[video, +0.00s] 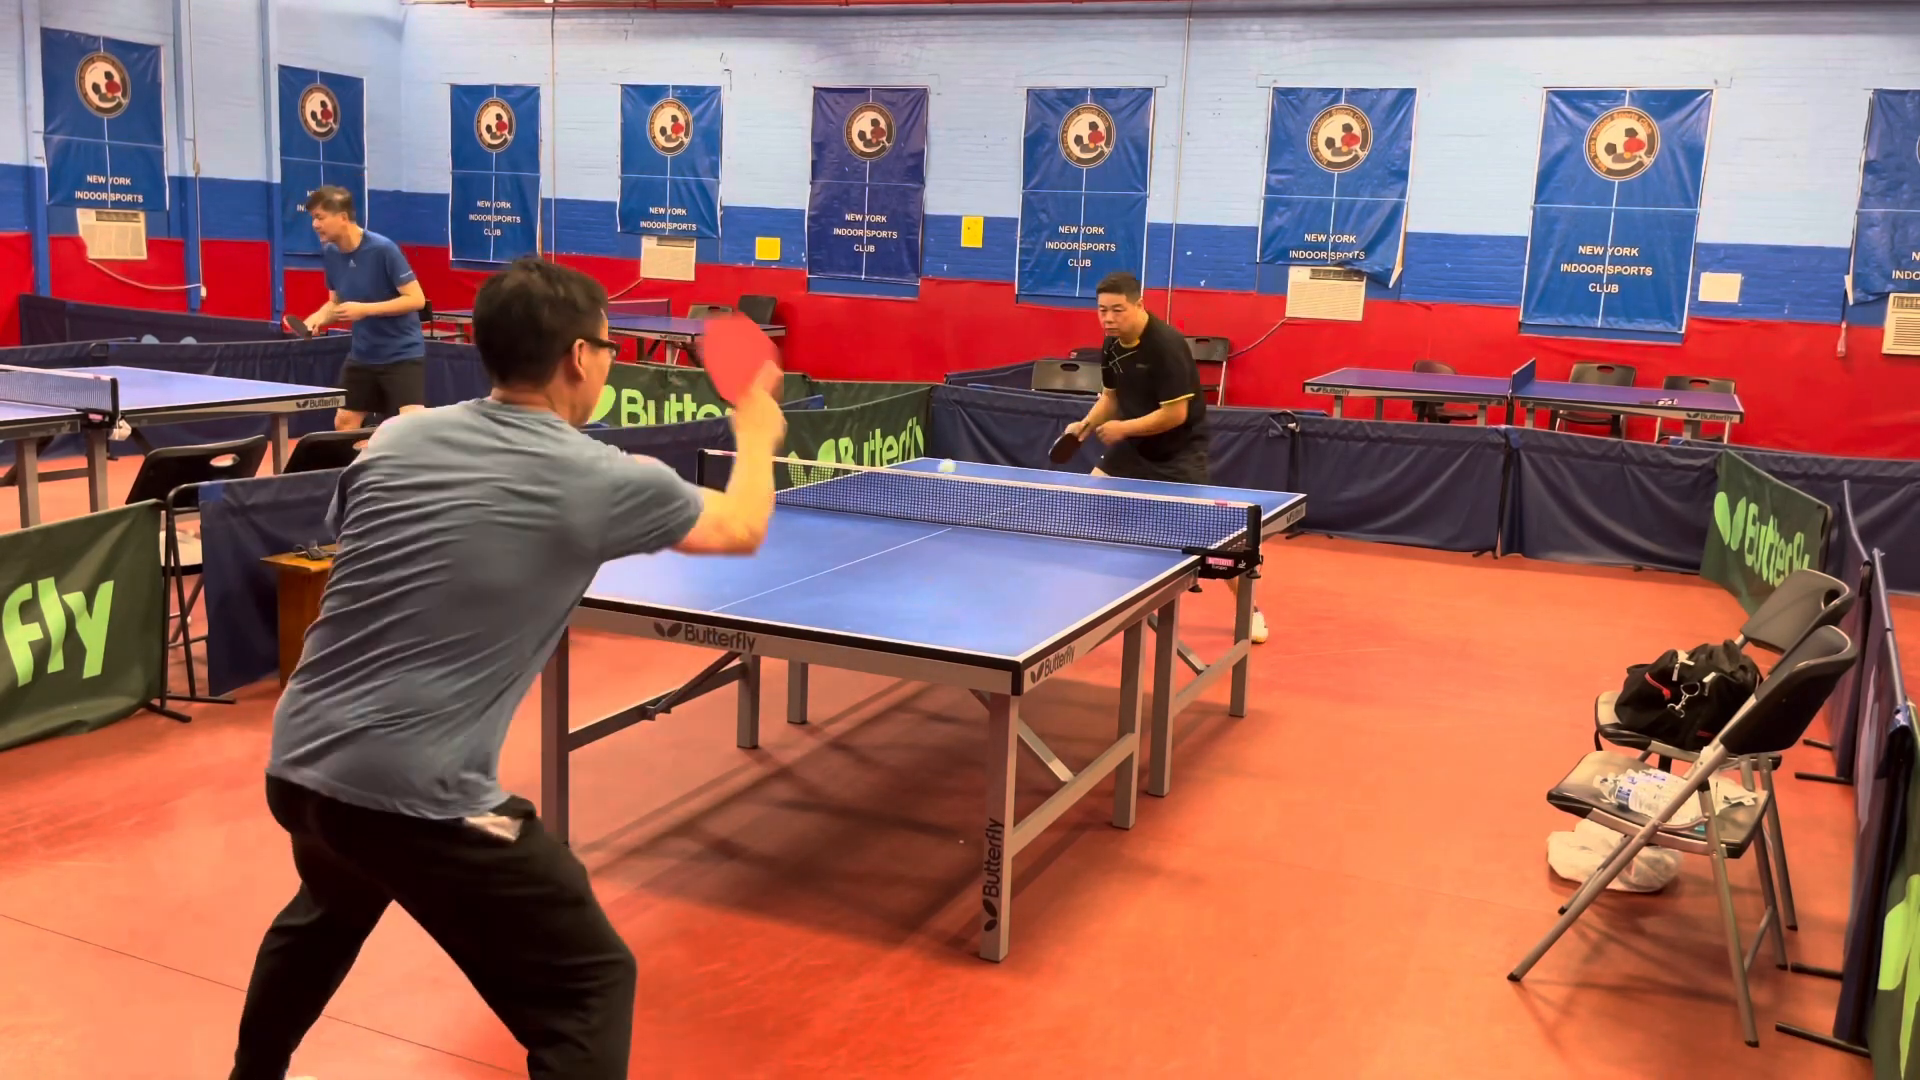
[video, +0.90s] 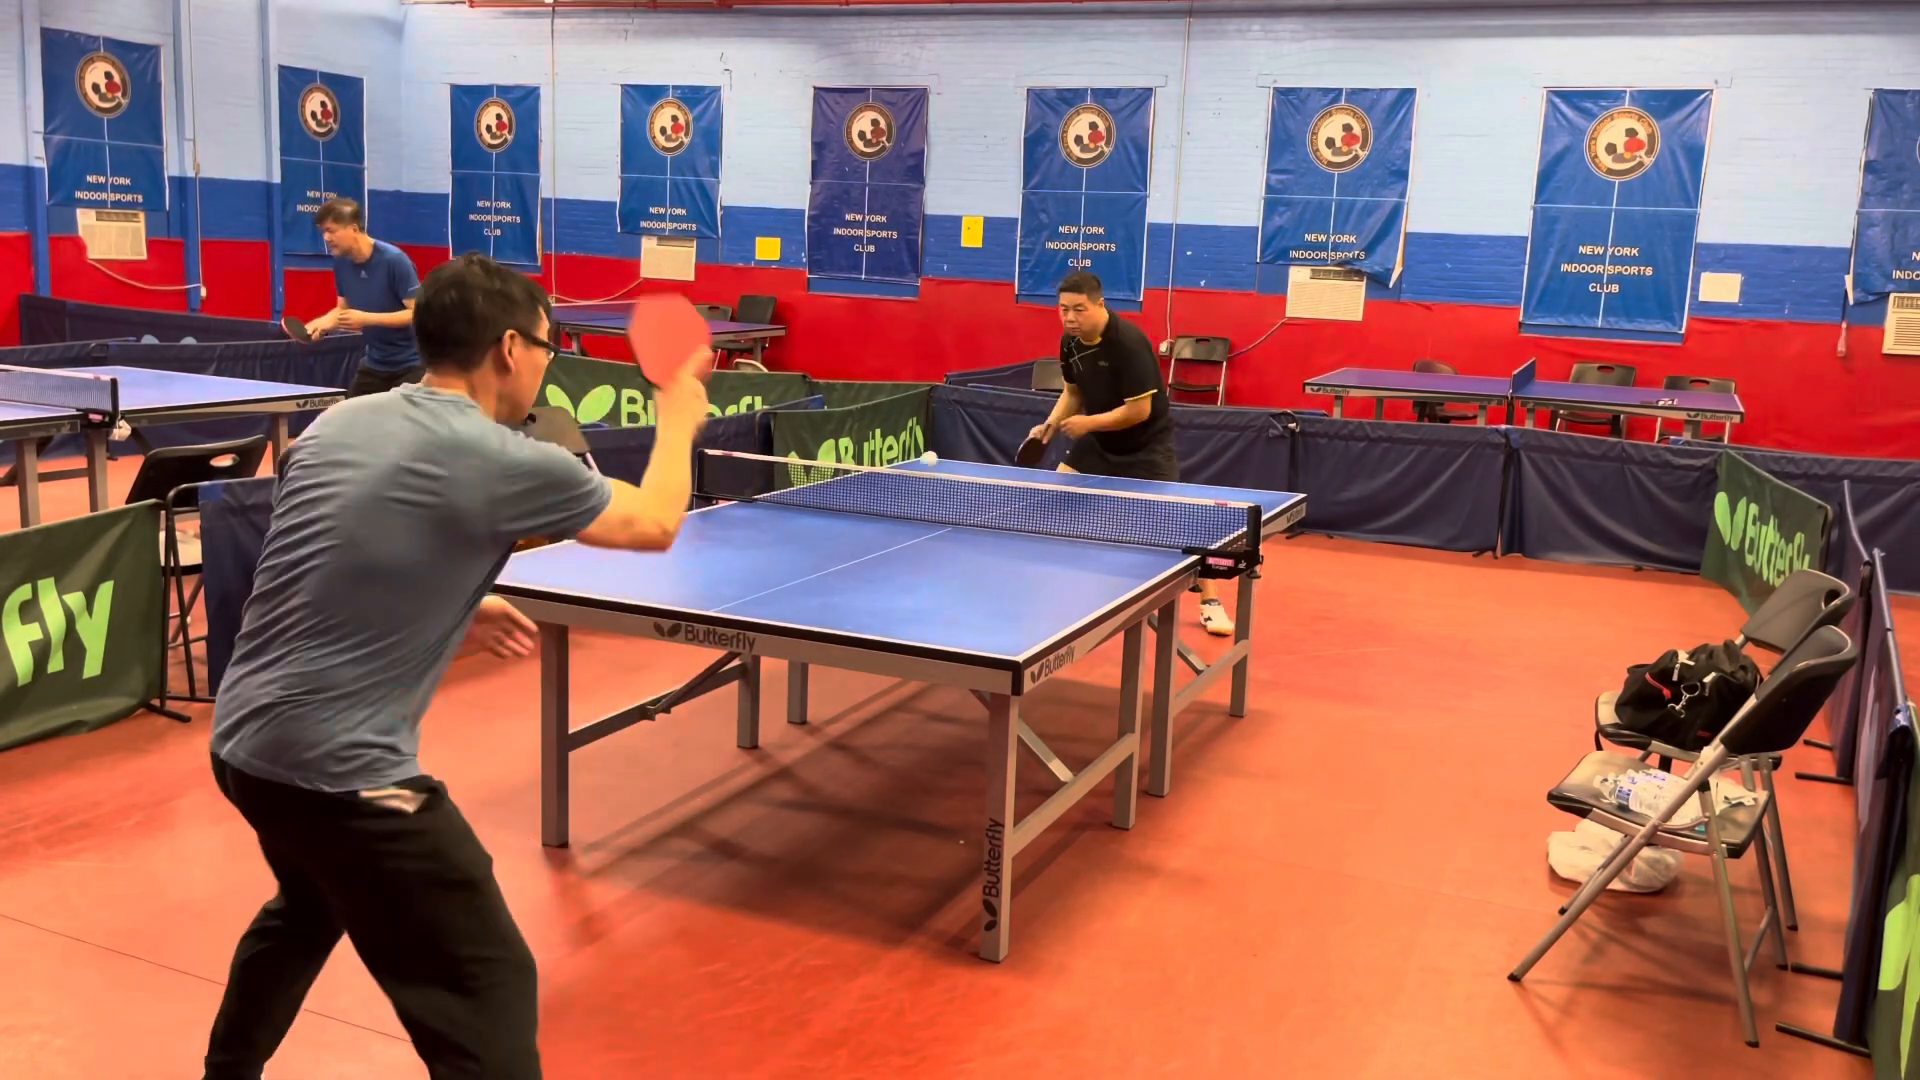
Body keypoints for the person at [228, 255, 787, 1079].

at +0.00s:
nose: (609, 365)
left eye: (607, 346)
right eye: (605, 347)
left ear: (489, 352)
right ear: (575, 359)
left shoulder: (392, 440)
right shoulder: (591, 475)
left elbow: (347, 568)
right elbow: (740, 526)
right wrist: (758, 437)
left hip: (298, 772)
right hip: (423, 795)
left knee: (331, 905)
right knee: (591, 981)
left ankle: (251, 1075)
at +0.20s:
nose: (578, 403)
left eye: (577, 383)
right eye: (577, 384)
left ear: (468, 384)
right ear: (558, 391)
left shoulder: (361, 469)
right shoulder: (568, 495)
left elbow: (294, 632)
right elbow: (686, 543)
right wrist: (682, 445)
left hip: (317, 818)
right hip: (459, 830)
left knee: (313, 928)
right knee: (621, 991)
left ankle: (251, 1072)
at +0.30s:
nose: (597, 419)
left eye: (597, 402)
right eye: (596, 403)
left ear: (485, 401)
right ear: (578, 410)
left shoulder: (374, 475)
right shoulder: (582, 527)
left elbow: (294, 628)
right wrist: (667, 554)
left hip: (304, 811)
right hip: (432, 826)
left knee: (334, 922)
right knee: (616, 991)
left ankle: (254, 1073)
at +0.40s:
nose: (633, 414)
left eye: (634, 397)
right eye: (633, 397)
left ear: (526, 388)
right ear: (614, 403)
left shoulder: (411, 450)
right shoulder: (584, 525)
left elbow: (324, 585)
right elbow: (570, 719)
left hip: (288, 766)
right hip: (404, 796)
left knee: (331, 916)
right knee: (576, 988)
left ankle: (254, 1071)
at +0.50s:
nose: (660, 425)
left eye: (662, 407)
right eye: (661, 407)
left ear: (551, 395)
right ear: (636, 415)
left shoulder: (462, 450)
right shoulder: (558, 525)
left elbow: (413, 596)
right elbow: (481, 717)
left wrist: (526, 652)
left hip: (287, 746)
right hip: (371, 783)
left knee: (330, 916)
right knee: (542, 989)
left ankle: (238, 1073)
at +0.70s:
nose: (621, 442)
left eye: (622, 425)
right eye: (619, 425)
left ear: (514, 416)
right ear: (582, 433)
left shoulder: (454, 483)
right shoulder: (470, 536)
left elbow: (439, 633)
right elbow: (395, 720)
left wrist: (558, 668)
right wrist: (515, 823)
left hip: (300, 779)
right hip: (352, 803)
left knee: (370, 917)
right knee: (543, 985)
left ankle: (236, 1070)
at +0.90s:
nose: (547, 365)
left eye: (547, 346)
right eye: (542, 345)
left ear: (428, 342)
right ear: (505, 350)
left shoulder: (336, 422)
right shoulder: (501, 458)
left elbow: (321, 567)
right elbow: (653, 523)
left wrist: (445, 613)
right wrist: (678, 418)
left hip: (243, 748)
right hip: (350, 770)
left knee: (310, 904)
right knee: (491, 984)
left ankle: (227, 1068)